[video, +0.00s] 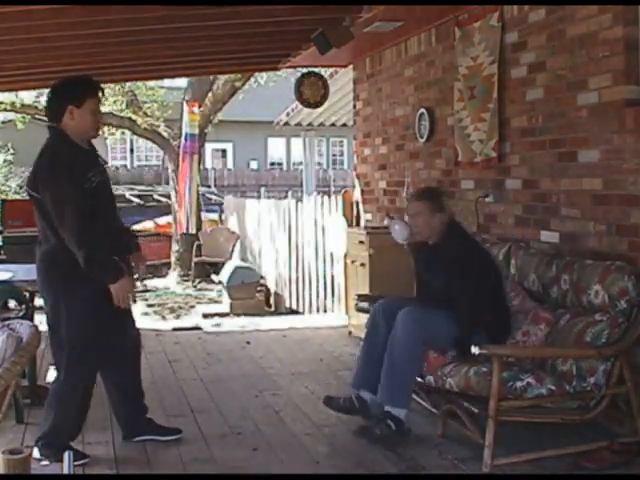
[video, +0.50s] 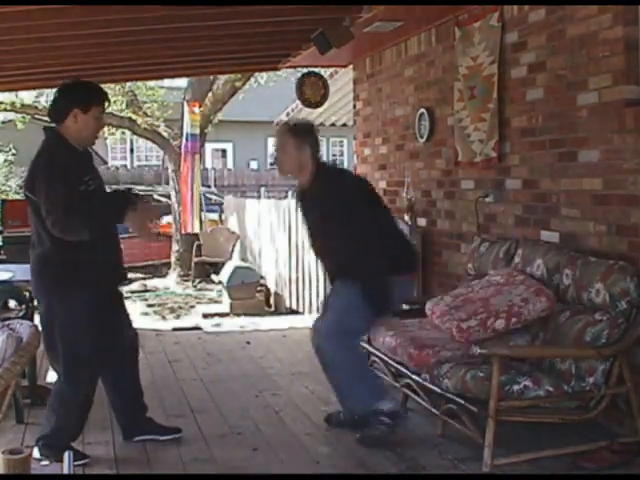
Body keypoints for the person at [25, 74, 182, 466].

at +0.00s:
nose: (101, 118)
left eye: (100, 110)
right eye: (95, 110)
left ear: (73, 113)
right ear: (69, 112)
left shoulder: (86, 156)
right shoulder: (56, 160)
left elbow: (104, 213)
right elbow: (73, 231)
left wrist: (129, 245)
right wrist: (112, 274)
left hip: (99, 272)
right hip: (70, 278)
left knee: (122, 348)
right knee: (78, 361)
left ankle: (135, 424)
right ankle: (52, 445)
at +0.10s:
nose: (100, 123)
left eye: (100, 115)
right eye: (95, 114)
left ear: (73, 116)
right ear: (69, 115)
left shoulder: (83, 157)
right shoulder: (53, 163)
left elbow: (100, 213)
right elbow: (72, 232)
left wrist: (130, 240)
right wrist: (116, 271)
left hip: (98, 272)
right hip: (69, 279)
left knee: (124, 347)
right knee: (81, 363)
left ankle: (135, 424)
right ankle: (52, 446)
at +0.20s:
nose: (100, 125)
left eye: (101, 117)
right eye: (96, 116)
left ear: (72, 117)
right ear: (71, 116)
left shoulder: (78, 157)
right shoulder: (53, 163)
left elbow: (101, 213)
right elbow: (73, 234)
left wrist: (135, 237)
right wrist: (122, 262)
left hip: (96, 275)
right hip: (69, 282)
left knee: (123, 347)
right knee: (82, 362)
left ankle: (135, 424)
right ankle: (53, 445)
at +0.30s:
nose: (101, 125)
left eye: (101, 117)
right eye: (96, 117)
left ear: (72, 117)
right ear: (71, 115)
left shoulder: (78, 157)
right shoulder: (52, 162)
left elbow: (98, 211)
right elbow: (71, 233)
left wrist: (136, 225)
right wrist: (124, 251)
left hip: (96, 276)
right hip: (67, 282)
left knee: (122, 348)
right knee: (80, 364)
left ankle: (135, 424)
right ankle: (52, 447)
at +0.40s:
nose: (101, 125)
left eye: (102, 117)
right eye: (97, 117)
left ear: (73, 117)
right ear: (72, 115)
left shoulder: (77, 157)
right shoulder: (52, 161)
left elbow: (96, 208)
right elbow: (72, 230)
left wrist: (133, 213)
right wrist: (122, 229)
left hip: (94, 278)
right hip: (67, 284)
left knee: (120, 349)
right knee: (80, 364)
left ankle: (135, 424)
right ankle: (52, 447)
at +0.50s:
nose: (102, 126)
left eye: (103, 118)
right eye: (98, 117)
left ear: (75, 116)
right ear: (74, 115)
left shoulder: (78, 157)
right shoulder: (52, 160)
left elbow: (94, 203)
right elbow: (65, 223)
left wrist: (131, 202)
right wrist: (122, 216)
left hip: (95, 279)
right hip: (65, 284)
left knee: (121, 348)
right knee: (79, 364)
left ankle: (135, 424)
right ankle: (52, 445)